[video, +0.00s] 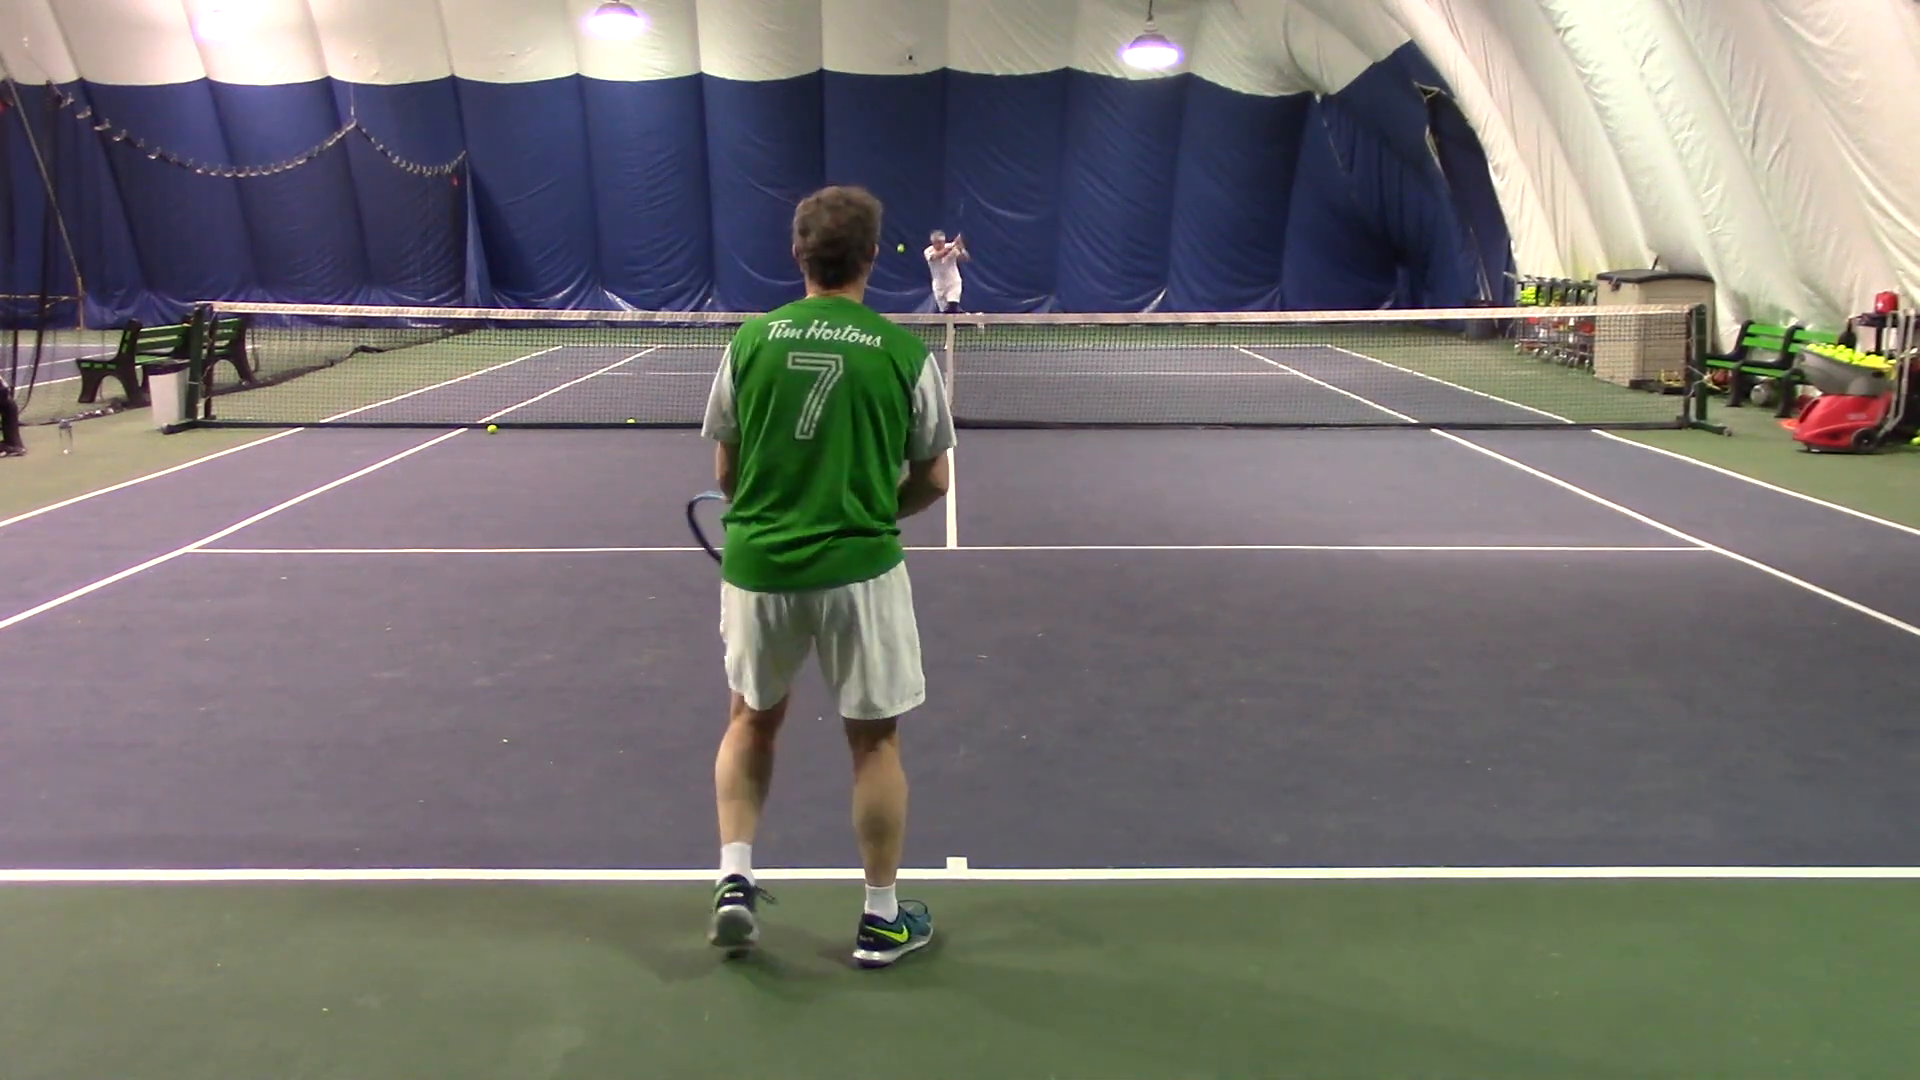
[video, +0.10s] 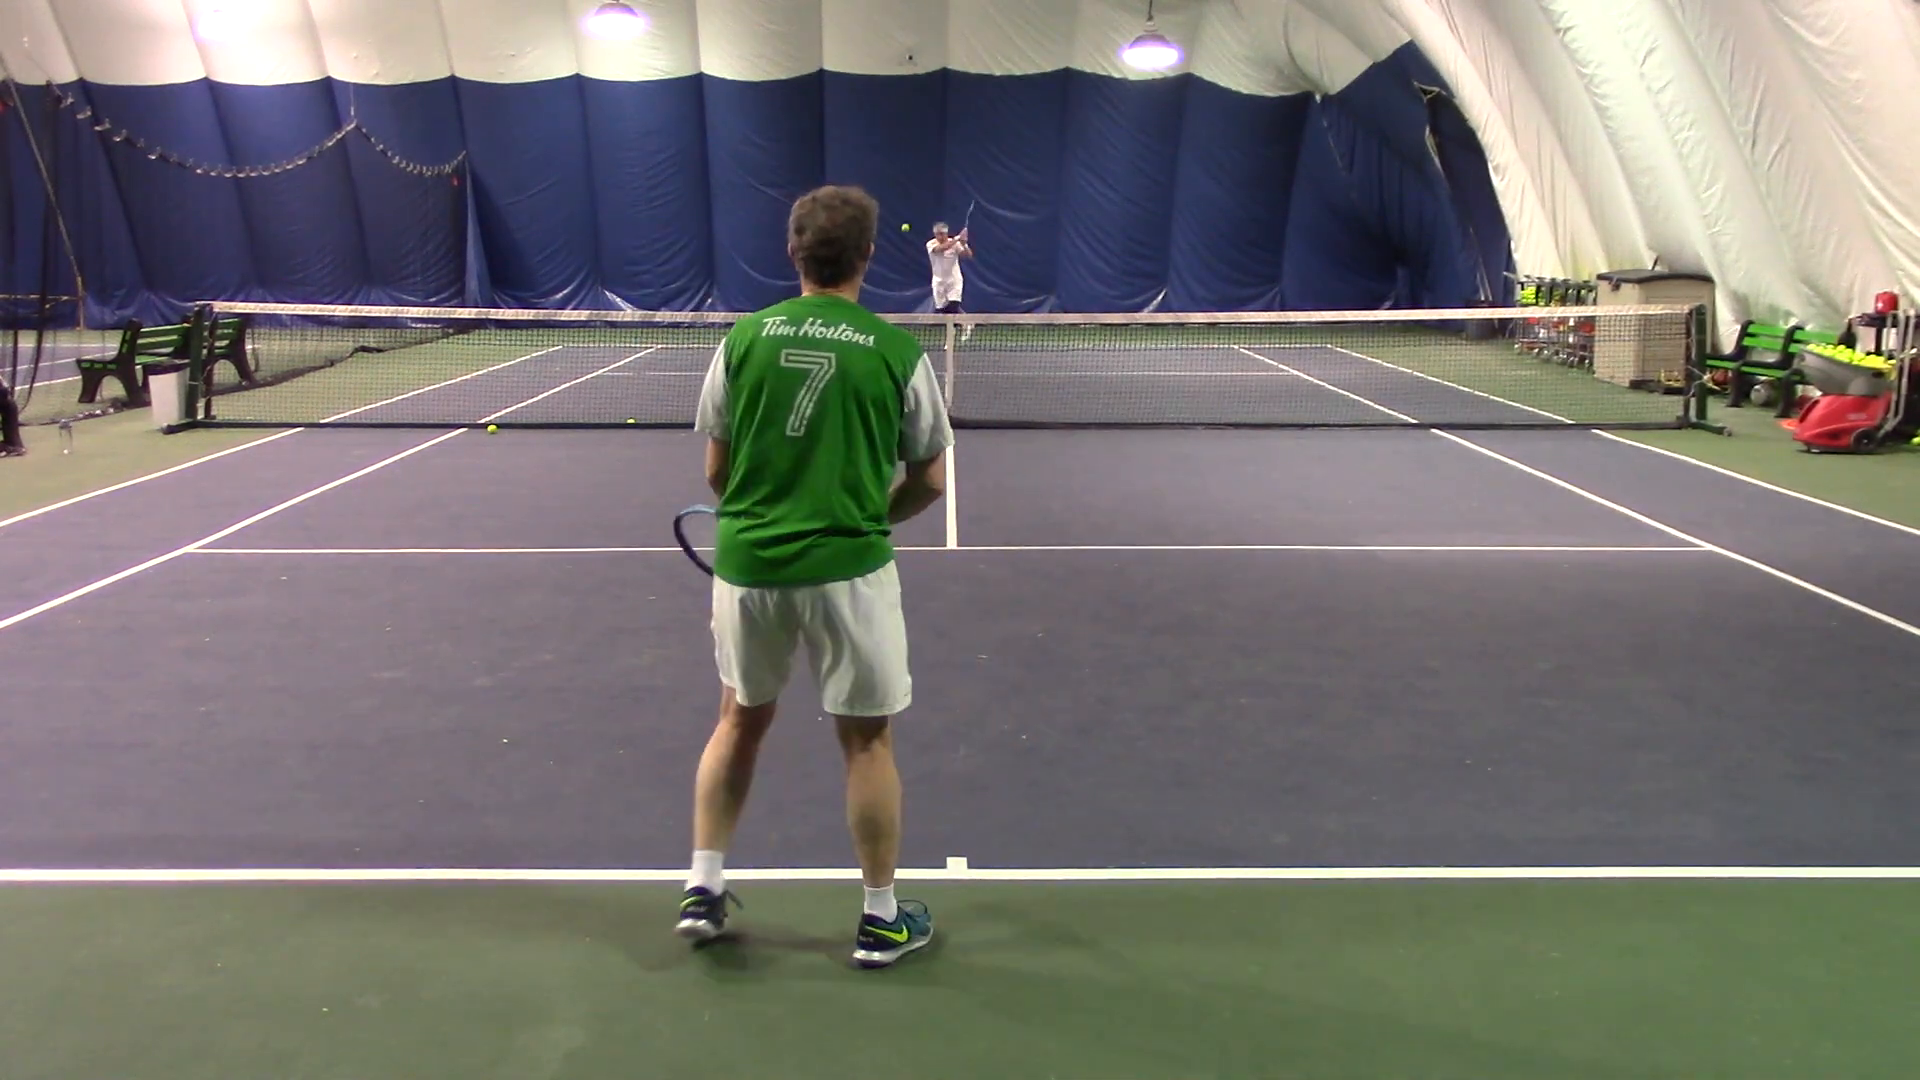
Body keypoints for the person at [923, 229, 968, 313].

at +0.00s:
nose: (938, 245)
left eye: (940, 242)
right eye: (936, 243)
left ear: (944, 241)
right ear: (932, 243)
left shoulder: (951, 247)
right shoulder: (928, 251)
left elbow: (965, 258)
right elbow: (933, 257)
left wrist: (961, 249)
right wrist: (949, 249)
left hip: (953, 282)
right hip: (938, 285)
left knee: (952, 307)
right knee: (945, 311)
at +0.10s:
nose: (941, 236)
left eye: (943, 234)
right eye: (938, 234)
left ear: (947, 234)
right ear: (935, 234)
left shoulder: (954, 243)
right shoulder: (931, 244)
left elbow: (968, 255)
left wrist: (964, 244)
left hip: (953, 279)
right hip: (938, 280)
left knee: (953, 306)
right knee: (941, 309)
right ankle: (964, 323)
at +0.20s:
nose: (944, 233)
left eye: (946, 230)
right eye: (941, 230)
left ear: (951, 230)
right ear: (937, 230)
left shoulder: (957, 241)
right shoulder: (934, 240)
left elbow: (971, 253)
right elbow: (942, 243)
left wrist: (966, 239)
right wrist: (955, 237)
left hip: (954, 277)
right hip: (938, 277)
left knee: (956, 306)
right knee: (938, 308)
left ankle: (956, 338)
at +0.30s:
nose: (948, 235)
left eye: (951, 232)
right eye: (946, 232)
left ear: (955, 232)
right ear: (942, 232)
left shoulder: (960, 244)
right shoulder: (937, 242)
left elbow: (974, 248)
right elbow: (945, 244)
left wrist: (966, 238)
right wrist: (957, 237)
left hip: (955, 280)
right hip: (938, 279)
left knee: (959, 307)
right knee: (931, 311)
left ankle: (959, 337)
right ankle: (941, 334)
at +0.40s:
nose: (949, 235)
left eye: (951, 232)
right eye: (946, 232)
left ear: (956, 233)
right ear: (943, 232)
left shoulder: (960, 245)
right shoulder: (938, 242)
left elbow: (974, 252)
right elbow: (945, 246)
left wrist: (966, 242)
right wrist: (957, 242)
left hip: (954, 280)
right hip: (937, 280)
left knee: (959, 307)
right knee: (932, 310)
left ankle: (959, 337)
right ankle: (939, 333)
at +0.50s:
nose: (948, 232)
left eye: (950, 229)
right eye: (945, 229)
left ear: (955, 230)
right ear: (941, 230)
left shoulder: (959, 243)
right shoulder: (935, 242)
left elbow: (970, 260)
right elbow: (947, 249)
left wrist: (967, 247)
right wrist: (958, 241)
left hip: (952, 279)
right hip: (936, 278)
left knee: (957, 307)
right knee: (932, 309)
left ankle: (959, 335)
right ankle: (932, 332)